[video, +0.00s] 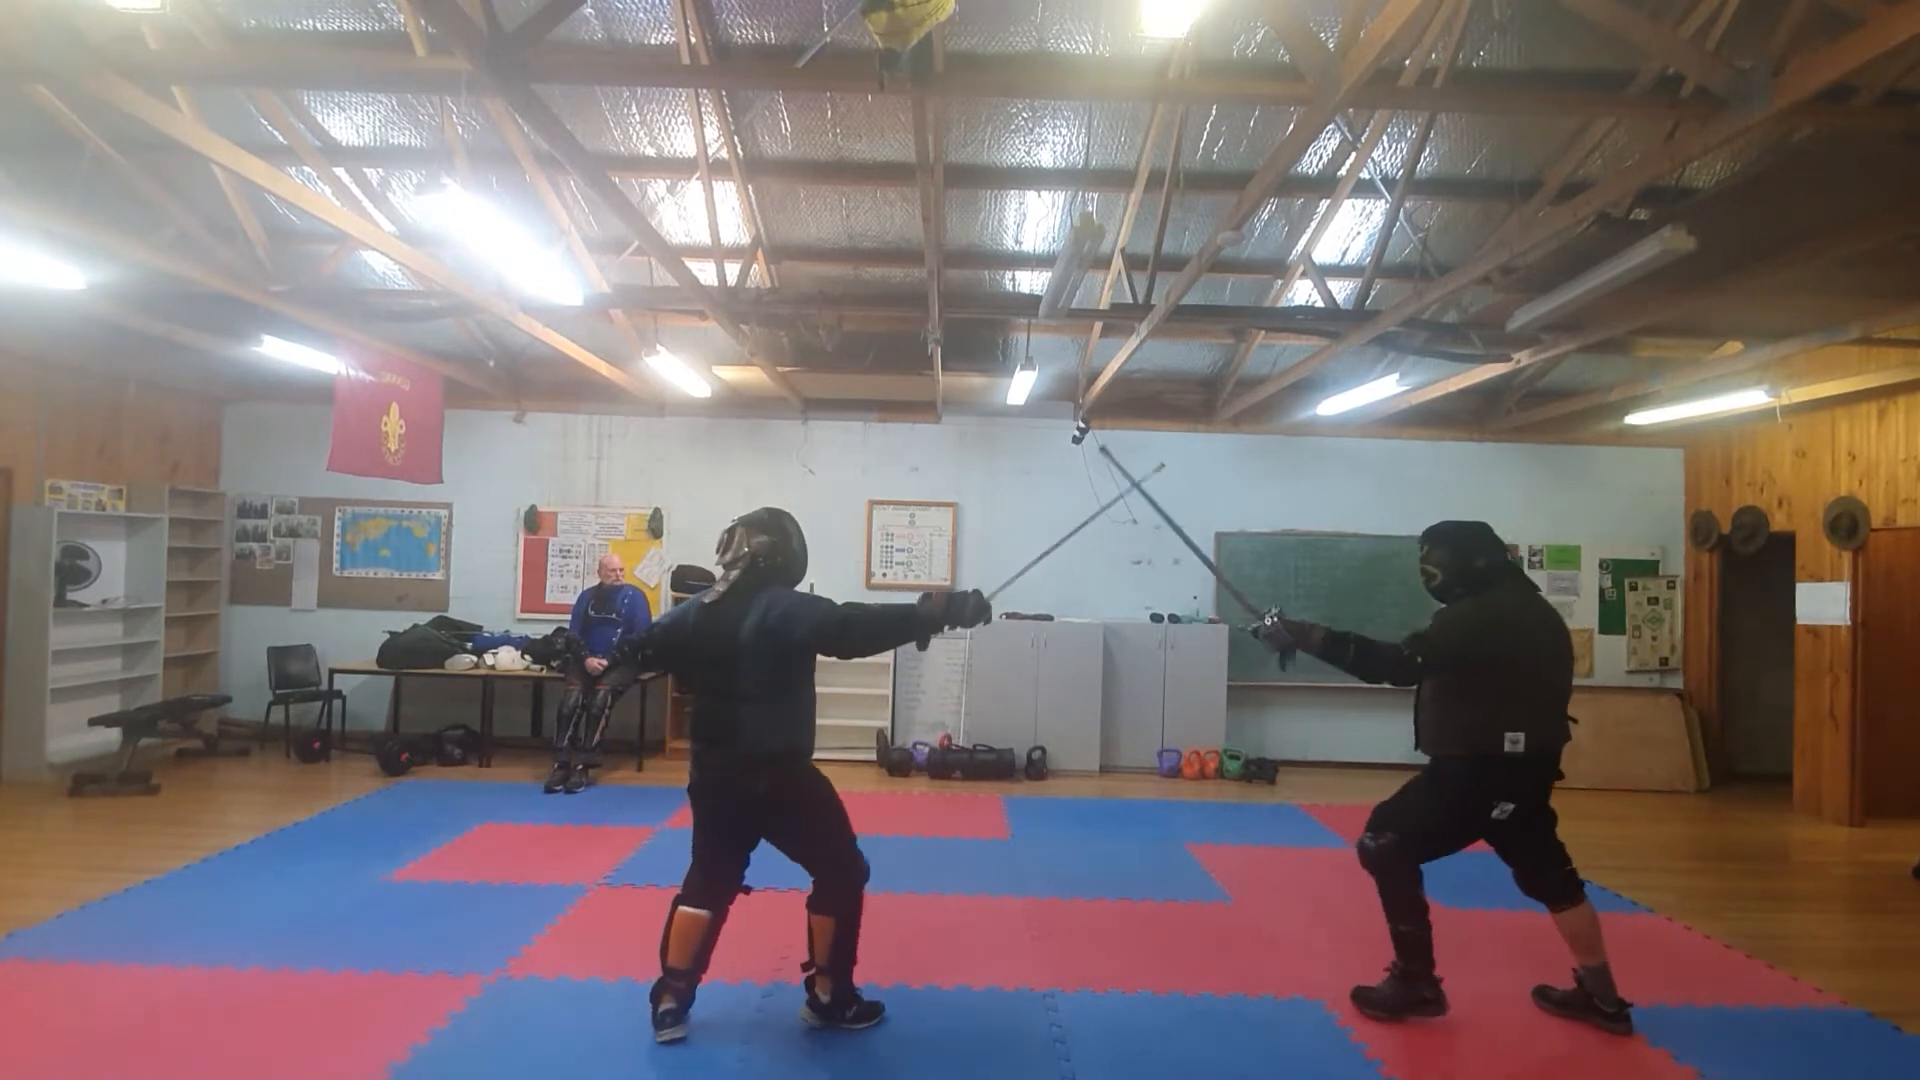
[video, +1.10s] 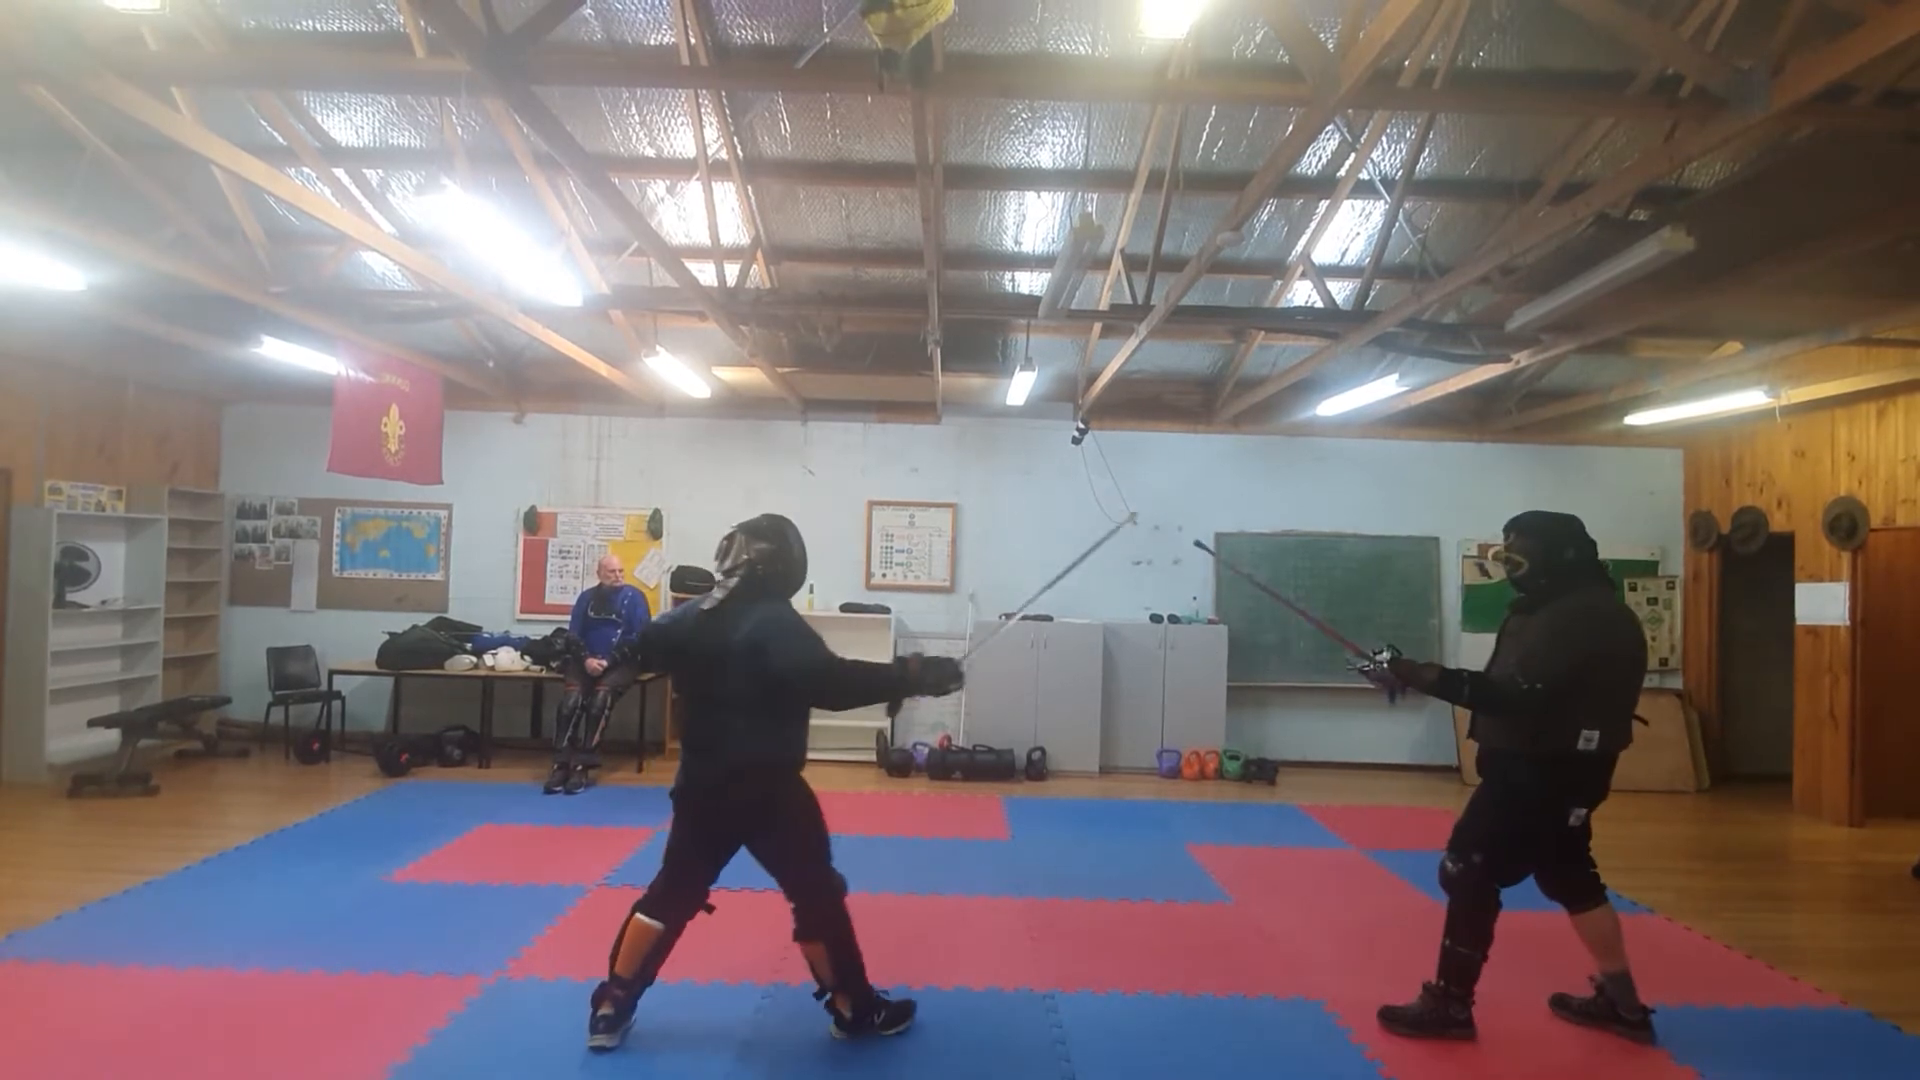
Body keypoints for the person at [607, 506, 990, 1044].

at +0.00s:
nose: (798, 568)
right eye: (796, 558)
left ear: (730, 554)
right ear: (787, 559)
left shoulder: (693, 617)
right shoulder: (792, 611)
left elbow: (642, 649)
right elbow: (858, 627)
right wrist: (938, 610)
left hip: (715, 783)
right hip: (785, 782)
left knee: (708, 880)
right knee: (840, 871)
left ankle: (671, 999)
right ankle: (830, 997)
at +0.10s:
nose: (813, 568)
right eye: (810, 558)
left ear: (744, 556)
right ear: (802, 560)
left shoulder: (707, 613)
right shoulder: (805, 610)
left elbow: (663, 633)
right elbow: (871, 623)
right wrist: (953, 605)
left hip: (721, 781)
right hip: (792, 779)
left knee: (710, 880)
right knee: (852, 868)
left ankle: (670, 1000)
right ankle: (852, 997)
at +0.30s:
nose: (824, 572)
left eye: (821, 563)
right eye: (822, 563)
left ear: (762, 559)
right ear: (813, 565)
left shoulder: (729, 616)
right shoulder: (806, 624)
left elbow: (685, 631)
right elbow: (846, 699)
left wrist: (736, 598)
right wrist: (917, 671)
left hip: (737, 782)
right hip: (803, 784)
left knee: (722, 872)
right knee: (863, 876)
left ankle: (658, 983)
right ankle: (869, 1005)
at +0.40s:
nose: (813, 577)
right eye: (810, 567)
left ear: (747, 564)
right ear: (802, 571)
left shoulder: (719, 622)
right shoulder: (791, 630)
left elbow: (686, 632)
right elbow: (819, 714)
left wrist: (718, 605)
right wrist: (897, 700)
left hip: (728, 788)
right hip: (795, 790)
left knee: (706, 882)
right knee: (857, 881)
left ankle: (634, 984)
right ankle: (866, 1006)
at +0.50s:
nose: (795, 584)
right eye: (791, 574)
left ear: (730, 570)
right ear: (782, 577)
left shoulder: (700, 629)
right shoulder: (766, 640)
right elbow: (781, 714)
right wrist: (862, 698)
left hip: (706, 794)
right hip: (771, 797)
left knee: (680, 893)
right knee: (837, 889)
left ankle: (617, 1001)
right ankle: (866, 1007)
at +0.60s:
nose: (779, 587)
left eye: (778, 576)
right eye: (778, 575)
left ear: (716, 570)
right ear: (766, 576)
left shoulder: (694, 622)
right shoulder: (742, 631)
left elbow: (654, 642)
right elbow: (751, 702)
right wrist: (841, 700)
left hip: (684, 795)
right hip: (745, 797)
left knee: (670, 892)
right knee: (808, 893)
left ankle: (612, 1004)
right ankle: (855, 1004)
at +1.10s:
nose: (799, 573)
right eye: (797, 564)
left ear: (730, 560)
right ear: (787, 566)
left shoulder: (694, 621)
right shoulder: (778, 623)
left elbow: (643, 643)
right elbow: (826, 681)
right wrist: (910, 675)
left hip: (703, 793)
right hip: (773, 794)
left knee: (671, 892)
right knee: (817, 895)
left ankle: (611, 1008)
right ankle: (854, 1009)